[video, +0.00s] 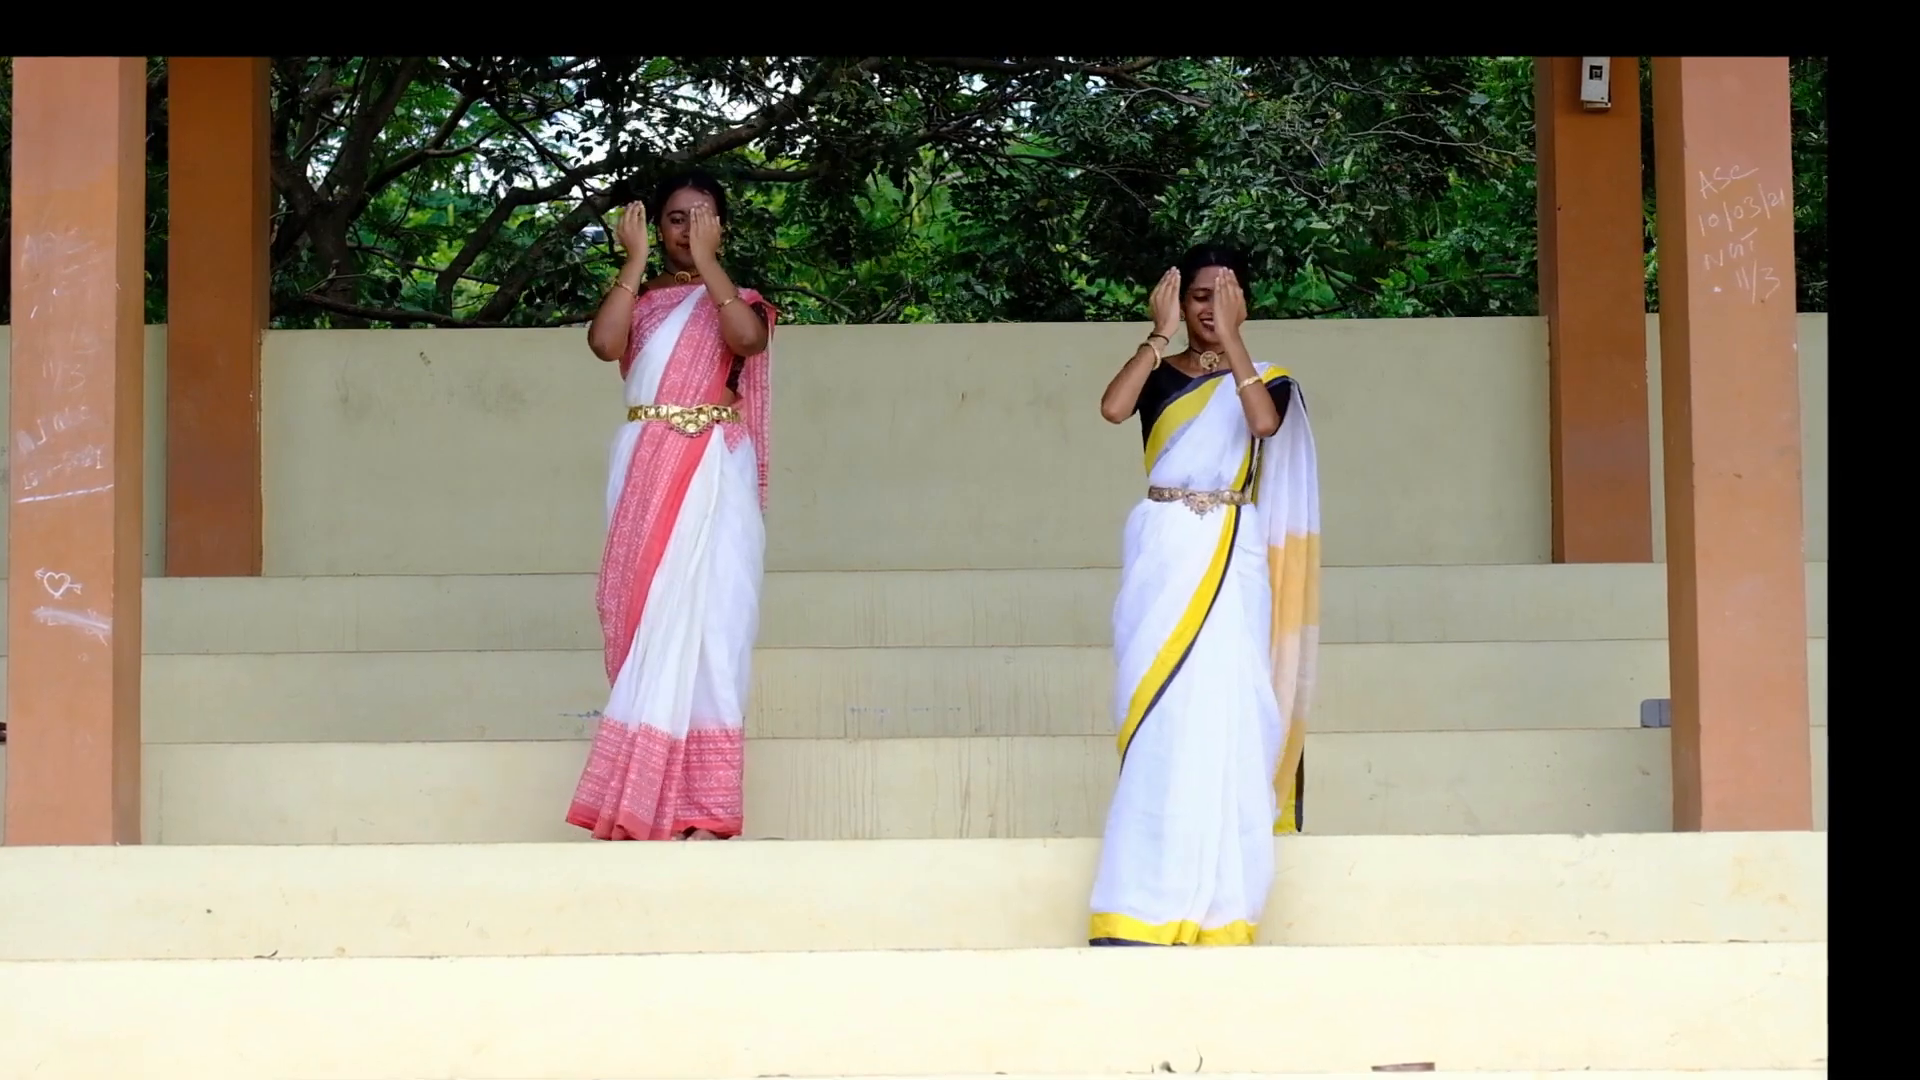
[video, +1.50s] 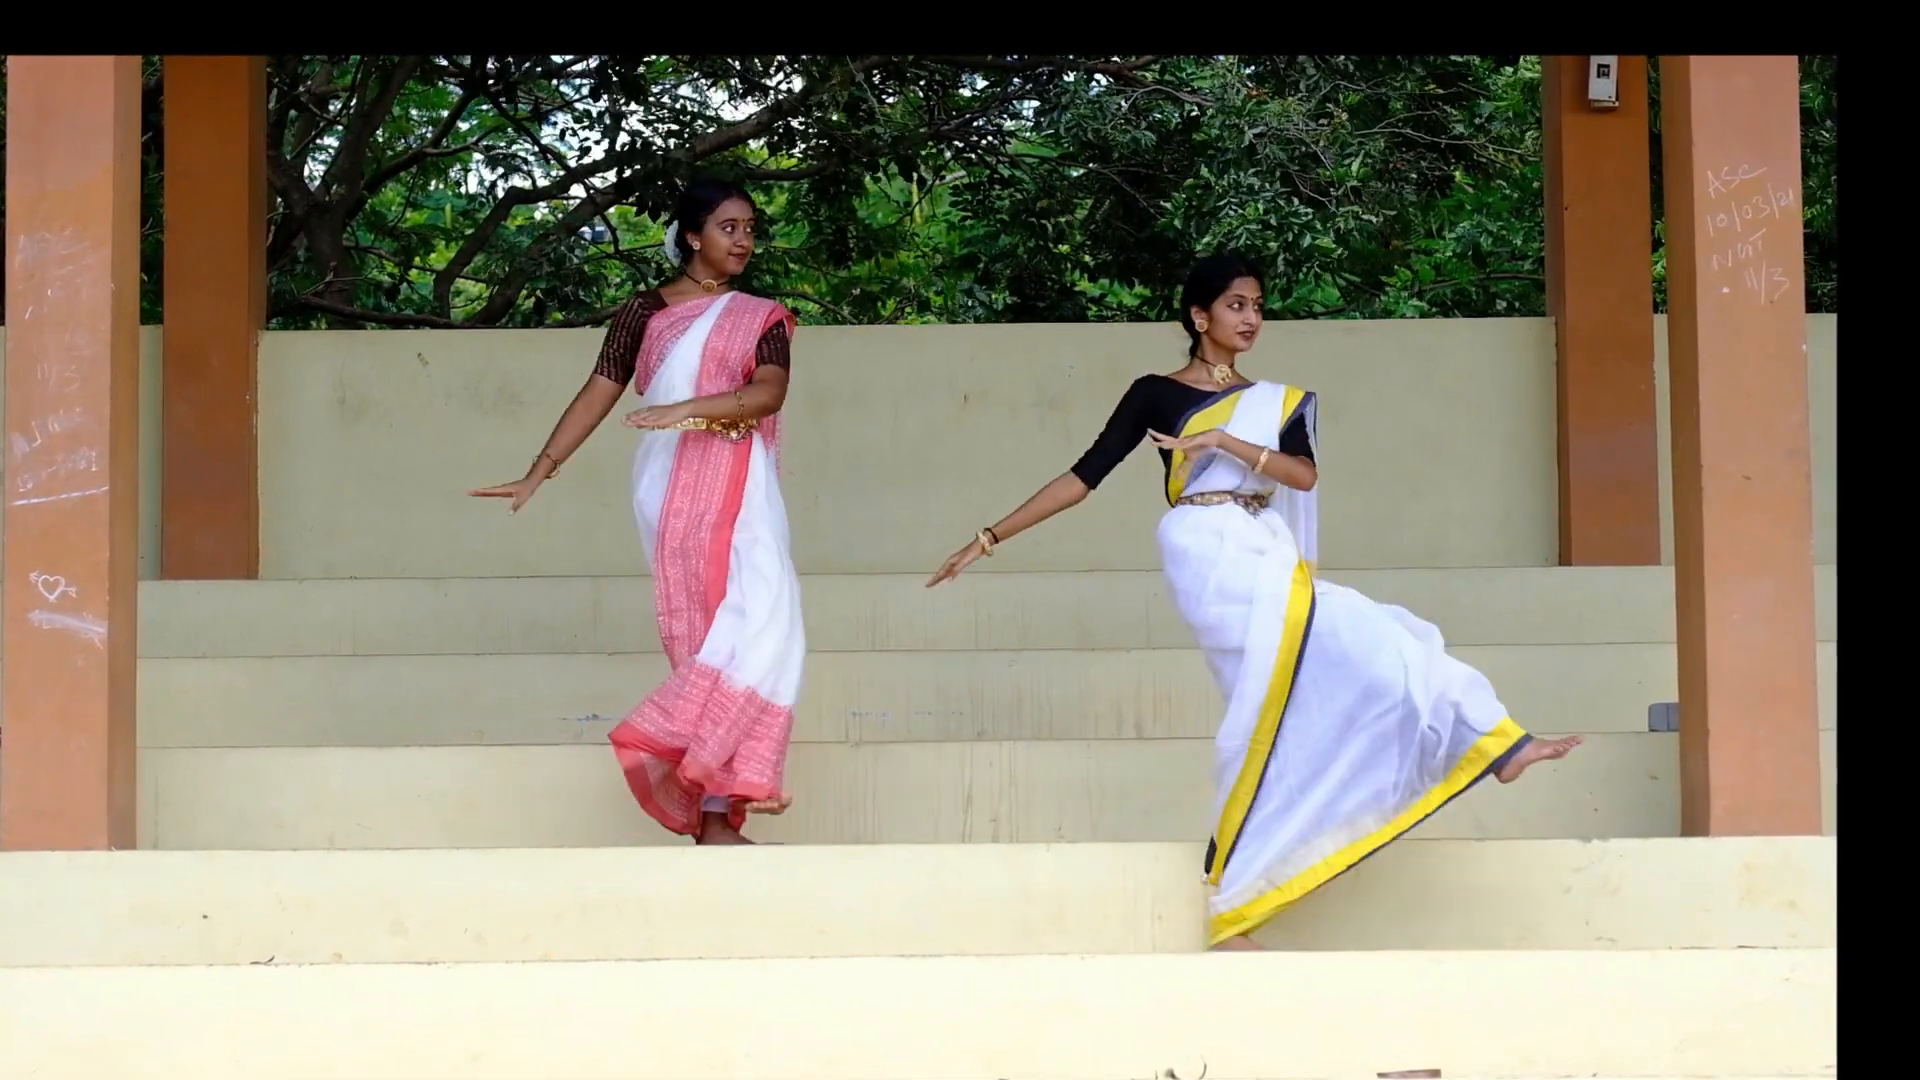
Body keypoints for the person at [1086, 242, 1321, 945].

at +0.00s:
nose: (1209, 305)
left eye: (1221, 292)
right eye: (1197, 294)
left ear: (1246, 305)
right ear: (1180, 307)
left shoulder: (1269, 381)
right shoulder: (1162, 373)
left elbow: (1263, 422)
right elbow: (1114, 406)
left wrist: (1229, 339)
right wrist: (1157, 333)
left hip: (1224, 562)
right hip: (1154, 557)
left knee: (1215, 723)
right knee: (1153, 720)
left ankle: (1213, 904)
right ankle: (1147, 902)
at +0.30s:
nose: (1195, 310)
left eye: (1207, 298)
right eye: (1185, 296)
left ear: (1229, 307)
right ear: (1167, 306)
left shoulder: (1257, 379)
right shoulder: (1146, 373)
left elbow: (1252, 422)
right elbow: (1128, 417)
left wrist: (1213, 337)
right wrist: (1167, 340)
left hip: (1223, 563)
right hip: (1154, 560)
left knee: (1217, 723)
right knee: (1154, 720)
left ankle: (1218, 901)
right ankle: (1150, 901)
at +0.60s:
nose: (1190, 316)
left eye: (1203, 304)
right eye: (1180, 303)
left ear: (1224, 310)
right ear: (1164, 310)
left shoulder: (1253, 379)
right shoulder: (1138, 376)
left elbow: (1245, 424)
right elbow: (1133, 422)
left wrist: (1207, 337)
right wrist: (1174, 342)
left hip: (1224, 566)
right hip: (1154, 563)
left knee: (1219, 726)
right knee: (1154, 724)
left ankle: (1219, 906)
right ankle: (1149, 906)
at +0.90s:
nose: (1202, 320)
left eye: (1215, 309)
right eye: (1189, 308)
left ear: (1230, 315)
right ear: (1165, 313)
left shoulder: (1262, 382)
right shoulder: (1141, 382)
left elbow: (1286, 458)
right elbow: (1136, 457)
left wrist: (1253, 366)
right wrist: (1173, 373)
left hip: (1240, 558)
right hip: (1172, 555)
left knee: (1239, 720)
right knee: (1169, 718)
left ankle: (1238, 905)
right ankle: (1163, 906)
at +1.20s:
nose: (1235, 316)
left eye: (1243, 305)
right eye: (1221, 303)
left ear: (1250, 316)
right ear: (1188, 310)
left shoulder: (1271, 399)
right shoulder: (1151, 395)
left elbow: (1301, 494)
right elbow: (1115, 488)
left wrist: (1257, 518)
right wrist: (1079, 564)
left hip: (1266, 564)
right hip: (1196, 563)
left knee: (1287, 709)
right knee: (1255, 707)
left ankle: (1250, 895)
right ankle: (1223, 889)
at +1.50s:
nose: (1247, 319)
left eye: (1255, 308)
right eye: (1236, 305)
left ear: (1258, 318)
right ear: (1198, 309)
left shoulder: (1277, 398)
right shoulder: (1160, 395)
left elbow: (1304, 476)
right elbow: (1077, 480)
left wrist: (1230, 445)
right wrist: (989, 537)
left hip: (1273, 556)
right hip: (1205, 556)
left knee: (1391, 633)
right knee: (1264, 699)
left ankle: (1501, 744)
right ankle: (1233, 885)